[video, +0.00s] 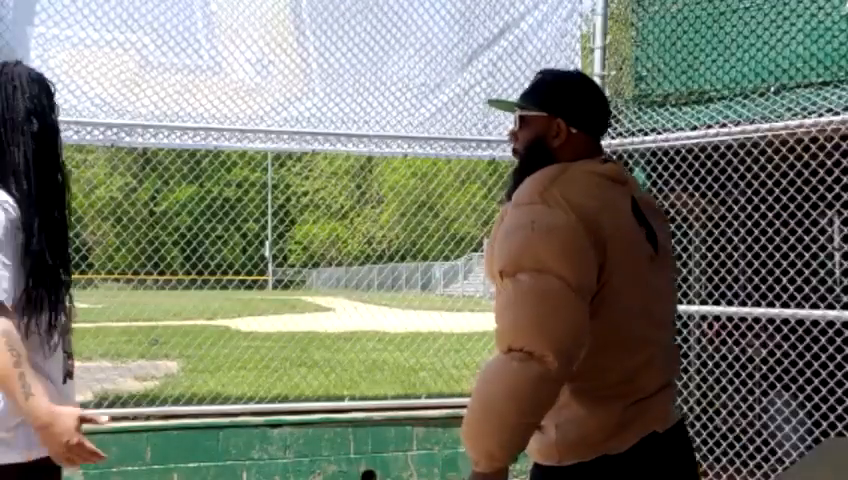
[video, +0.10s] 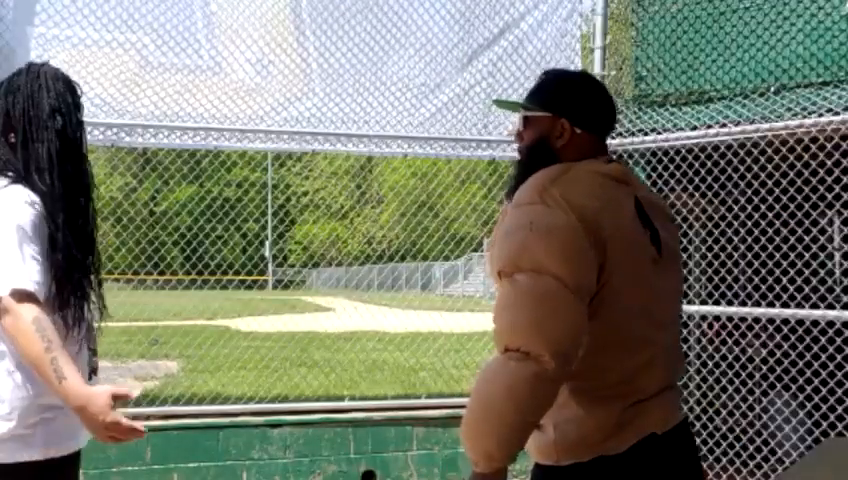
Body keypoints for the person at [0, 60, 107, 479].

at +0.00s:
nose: (55, 133)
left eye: (49, 117)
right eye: (47, 118)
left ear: (9, 127)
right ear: (28, 127)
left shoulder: (28, 208)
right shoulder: (8, 211)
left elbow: (14, 320)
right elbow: (1, 320)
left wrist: (51, 411)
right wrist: (42, 415)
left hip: (30, 448)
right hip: (16, 450)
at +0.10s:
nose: (76, 139)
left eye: (75, 124)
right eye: (72, 125)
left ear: (13, 127)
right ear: (53, 129)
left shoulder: (31, 201)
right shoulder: (18, 203)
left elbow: (21, 309)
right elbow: (18, 311)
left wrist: (80, 396)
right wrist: (81, 397)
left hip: (43, 441)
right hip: (26, 444)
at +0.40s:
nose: (130, 147)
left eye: (126, 133)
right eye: (121, 133)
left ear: (65, 135)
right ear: (83, 136)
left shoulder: (50, 196)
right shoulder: (61, 199)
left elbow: (75, 296)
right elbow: (71, 294)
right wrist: (125, 383)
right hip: (66, 434)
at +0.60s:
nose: (150, 155)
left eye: (148, 142)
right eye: (143, 142)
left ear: (92, 144)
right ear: (108, 145)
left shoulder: (106, 209)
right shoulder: (84, 209)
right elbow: (68, 307)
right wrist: (100, 407)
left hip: (119, 425)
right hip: (95, 430)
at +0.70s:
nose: (155, 158)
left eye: (153, 146)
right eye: (148, 146)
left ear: (100, 150)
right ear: (109, 150)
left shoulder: (120, 214)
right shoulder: (89, 214)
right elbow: (68, 310)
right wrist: (94, 411)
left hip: (135, 428)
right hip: (109, 433)